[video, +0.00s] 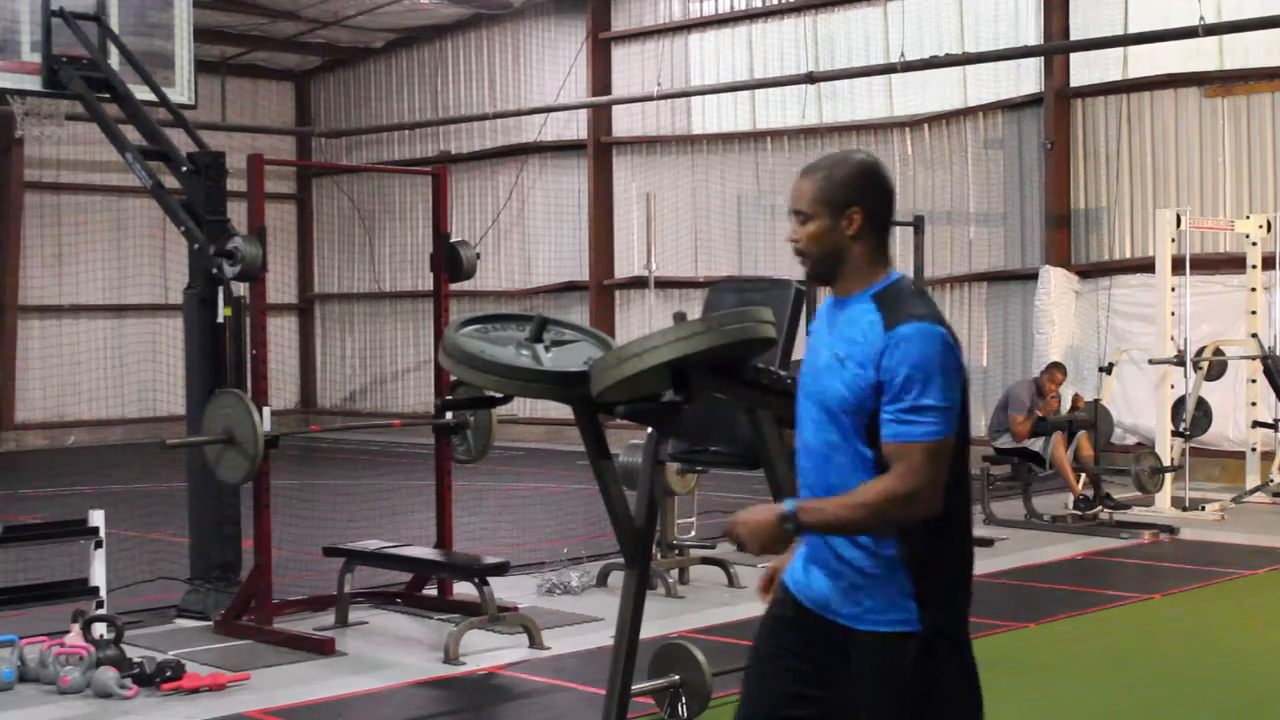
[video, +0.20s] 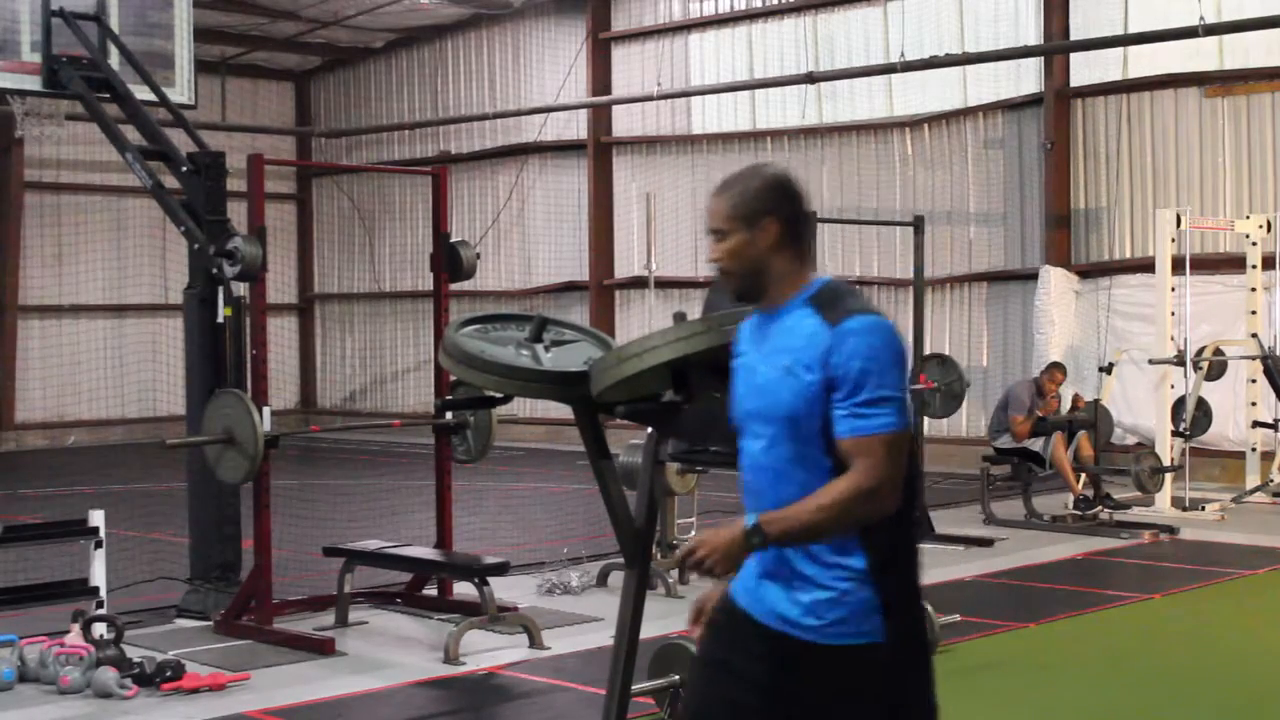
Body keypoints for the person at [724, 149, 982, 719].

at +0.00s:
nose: (791, 236)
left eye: (803, 219)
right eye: (793, 219)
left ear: (852, 223)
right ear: (845, 226)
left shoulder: (915, 338)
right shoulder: (829, 314)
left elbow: (916, 491)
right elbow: (840, 458)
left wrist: (785, 517)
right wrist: (800, 551)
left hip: (892, 626)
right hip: (809, 605)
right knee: (764, 711)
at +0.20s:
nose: (712, 255)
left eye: (721, 236)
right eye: (712, 238)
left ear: (770, 232)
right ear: (766, 234)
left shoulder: (857, 333)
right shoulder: (752, 335)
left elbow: (878, 484)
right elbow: (783, 480)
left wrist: (750, 536)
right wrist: (734, 584)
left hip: (850, 629)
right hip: (759, 613)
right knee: (705, 709)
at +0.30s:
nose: (652, 269)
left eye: (662, 249)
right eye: (650, 252)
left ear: (711, 242)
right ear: (704, 246)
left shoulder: (806, 338)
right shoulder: (696, 348)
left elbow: (845, 482)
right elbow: (725, 496)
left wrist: (733, 553)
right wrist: (694, 604)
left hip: (816, 637)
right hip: (724, 628)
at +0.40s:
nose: (581, 283)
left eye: (591, 263)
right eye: (580, 266)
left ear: (639, 256)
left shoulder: (742, 344)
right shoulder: (634, 372)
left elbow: (802, 478)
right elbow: (664, 521)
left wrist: (701, 574)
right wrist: (645, 631)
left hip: (765, 652)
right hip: (673, 652)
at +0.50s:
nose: (512, 288)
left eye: (519, 268)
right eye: (512, 272)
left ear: (561, 264)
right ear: (554, 267)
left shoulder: (661, 344)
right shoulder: (585, 360)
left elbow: (734, 468)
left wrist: (651, 580)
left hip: (707, 645)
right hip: (624, 636)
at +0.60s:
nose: (471, 280)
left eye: (473, 264)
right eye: (469, 266)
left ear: (507, 258)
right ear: (518, 259)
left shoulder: (598, 330)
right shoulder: (545, 341)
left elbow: (668, 457)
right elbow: (585, 501)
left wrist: (578, 566)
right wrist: (545, 627)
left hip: (647, 638)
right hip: (579, 634)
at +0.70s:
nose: (454, 263)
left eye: (454, 246)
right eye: (454, 248)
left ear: (474, 240)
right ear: (529, 234)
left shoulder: (553, 316)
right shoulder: (523, 323)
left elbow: (607, 449)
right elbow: (564, 497)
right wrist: (508, 606)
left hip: (588, 627)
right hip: (551, 624)